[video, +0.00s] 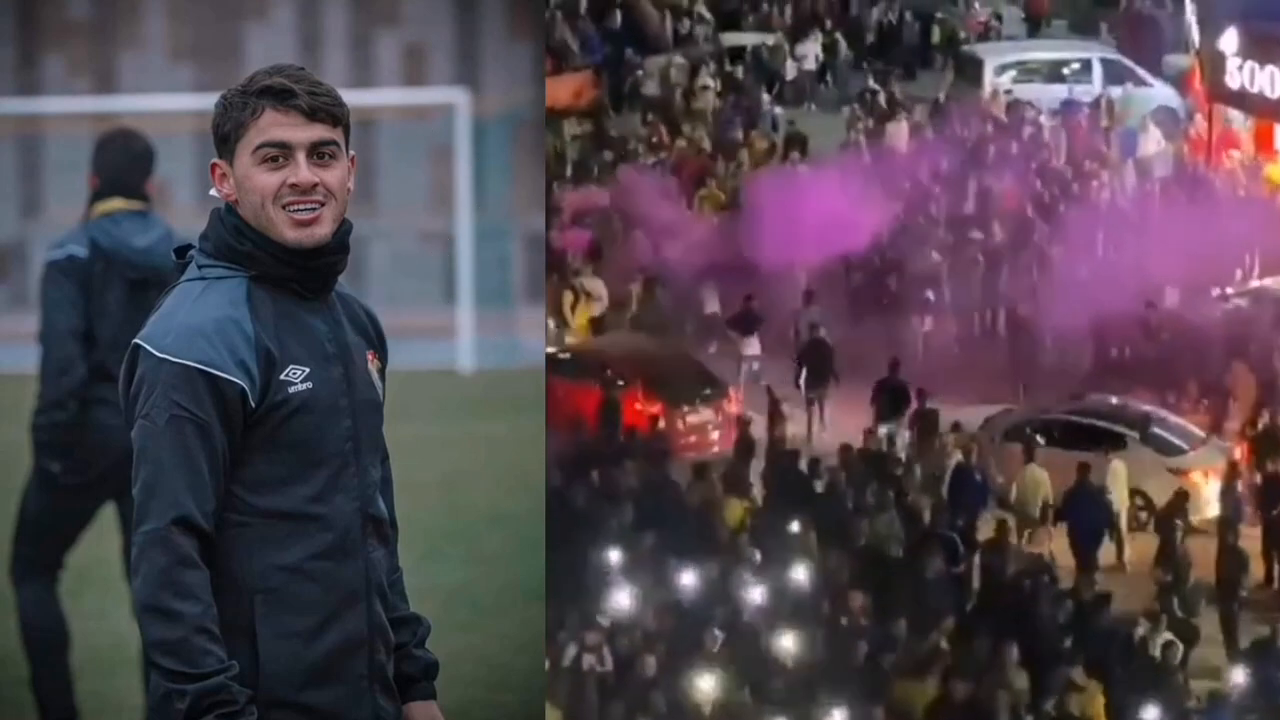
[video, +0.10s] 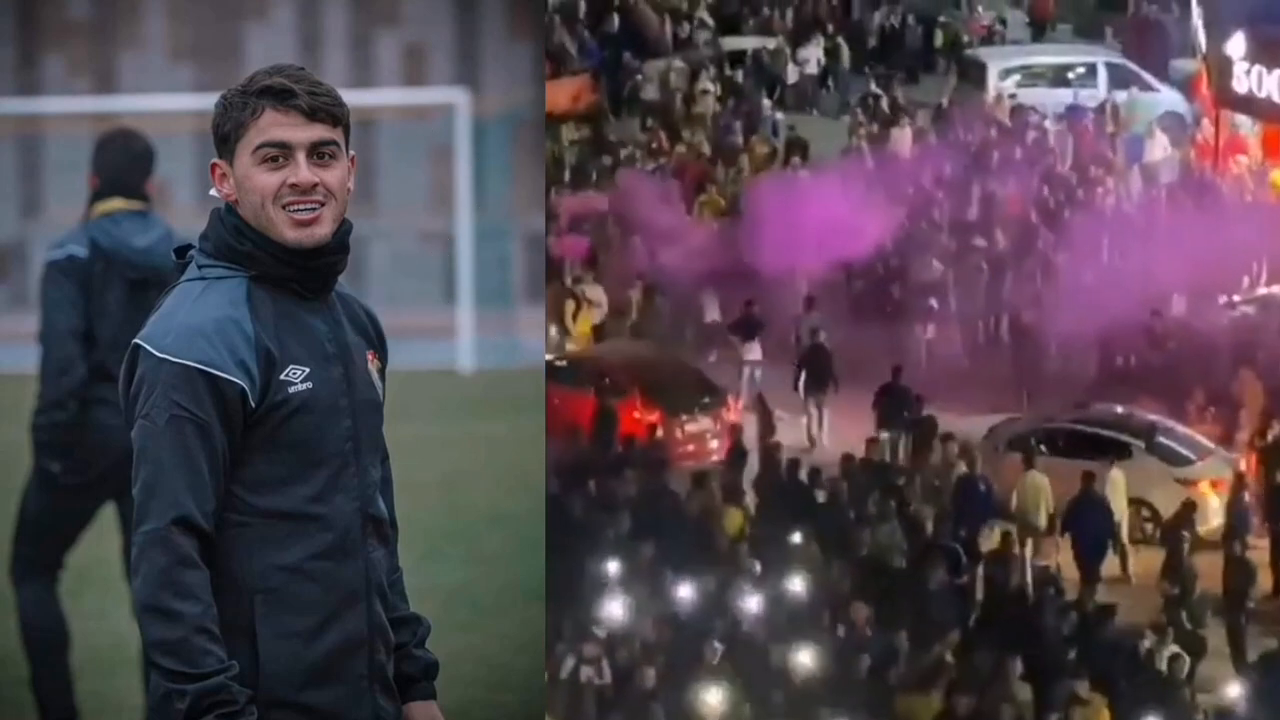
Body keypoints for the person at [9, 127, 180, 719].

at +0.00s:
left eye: (94, 173)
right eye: (149, 178)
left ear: (94, 180)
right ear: (152, 185)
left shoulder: (73, 252)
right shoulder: (177, 254)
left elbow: (65, 361)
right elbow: (190, 351)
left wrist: (51, 441)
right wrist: (174, 429)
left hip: (88, 448)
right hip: (158, 447)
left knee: (34, 569)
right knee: (156, 580)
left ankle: (57, 709)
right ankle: (167, 706)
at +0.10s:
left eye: (94, 173)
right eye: (149, 178)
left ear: (94, 180)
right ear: (152, 185)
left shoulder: (73, 252)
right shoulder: (177, 254)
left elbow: (65, 361)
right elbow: (190, 351)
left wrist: (51, 441)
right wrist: (174, 429)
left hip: (88, 448)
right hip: (158, 447)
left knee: (34, 569)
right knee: (156, 580)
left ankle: (57, 709)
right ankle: (167, 706)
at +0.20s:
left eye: (93, 174)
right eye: (150, 179)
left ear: (94, 180)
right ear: (152, 186)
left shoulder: (73, 253)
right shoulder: (178, 254)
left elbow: (64, 362)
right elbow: (190, 352)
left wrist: (50, 442)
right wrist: (175, 429)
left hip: (88, 448)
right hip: (158, 447)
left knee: (33, 569)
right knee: (157, 581)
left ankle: (57, 709)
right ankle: (167, 706)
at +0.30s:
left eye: (93, 173)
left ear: (94, 180)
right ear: (152, 185)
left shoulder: (73, 253)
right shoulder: (178, 254)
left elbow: (65, 361)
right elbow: (190, 351)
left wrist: (51, 441)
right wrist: (175, 428)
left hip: (88, 448)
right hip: (158, 447)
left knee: (33, 569)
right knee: (157, 580)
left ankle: (57, 708)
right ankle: (167, 705)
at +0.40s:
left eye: (93, 173)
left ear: (94, 180)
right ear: (152, 185)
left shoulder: (73, 253)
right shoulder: (178, 254)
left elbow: (65, 361)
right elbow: (190, 351)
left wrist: (51, 441)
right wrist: (175, 428)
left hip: (88, 448)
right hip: (158, 447)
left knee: (33, 569)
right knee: (157, 580)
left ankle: (57, 708)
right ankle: (167, 705)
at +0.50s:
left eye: (93, 174)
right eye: (150, 179)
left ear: (94, 180)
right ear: (152, 186)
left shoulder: (73, 253)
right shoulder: (178, 254)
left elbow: (64, 362)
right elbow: (190, 352)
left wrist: (50, 442)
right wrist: (175, 429)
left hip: (88, 448)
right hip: (158, 447)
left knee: (33, 569)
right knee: (157, 581)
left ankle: (57, 709)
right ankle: (167, 706)